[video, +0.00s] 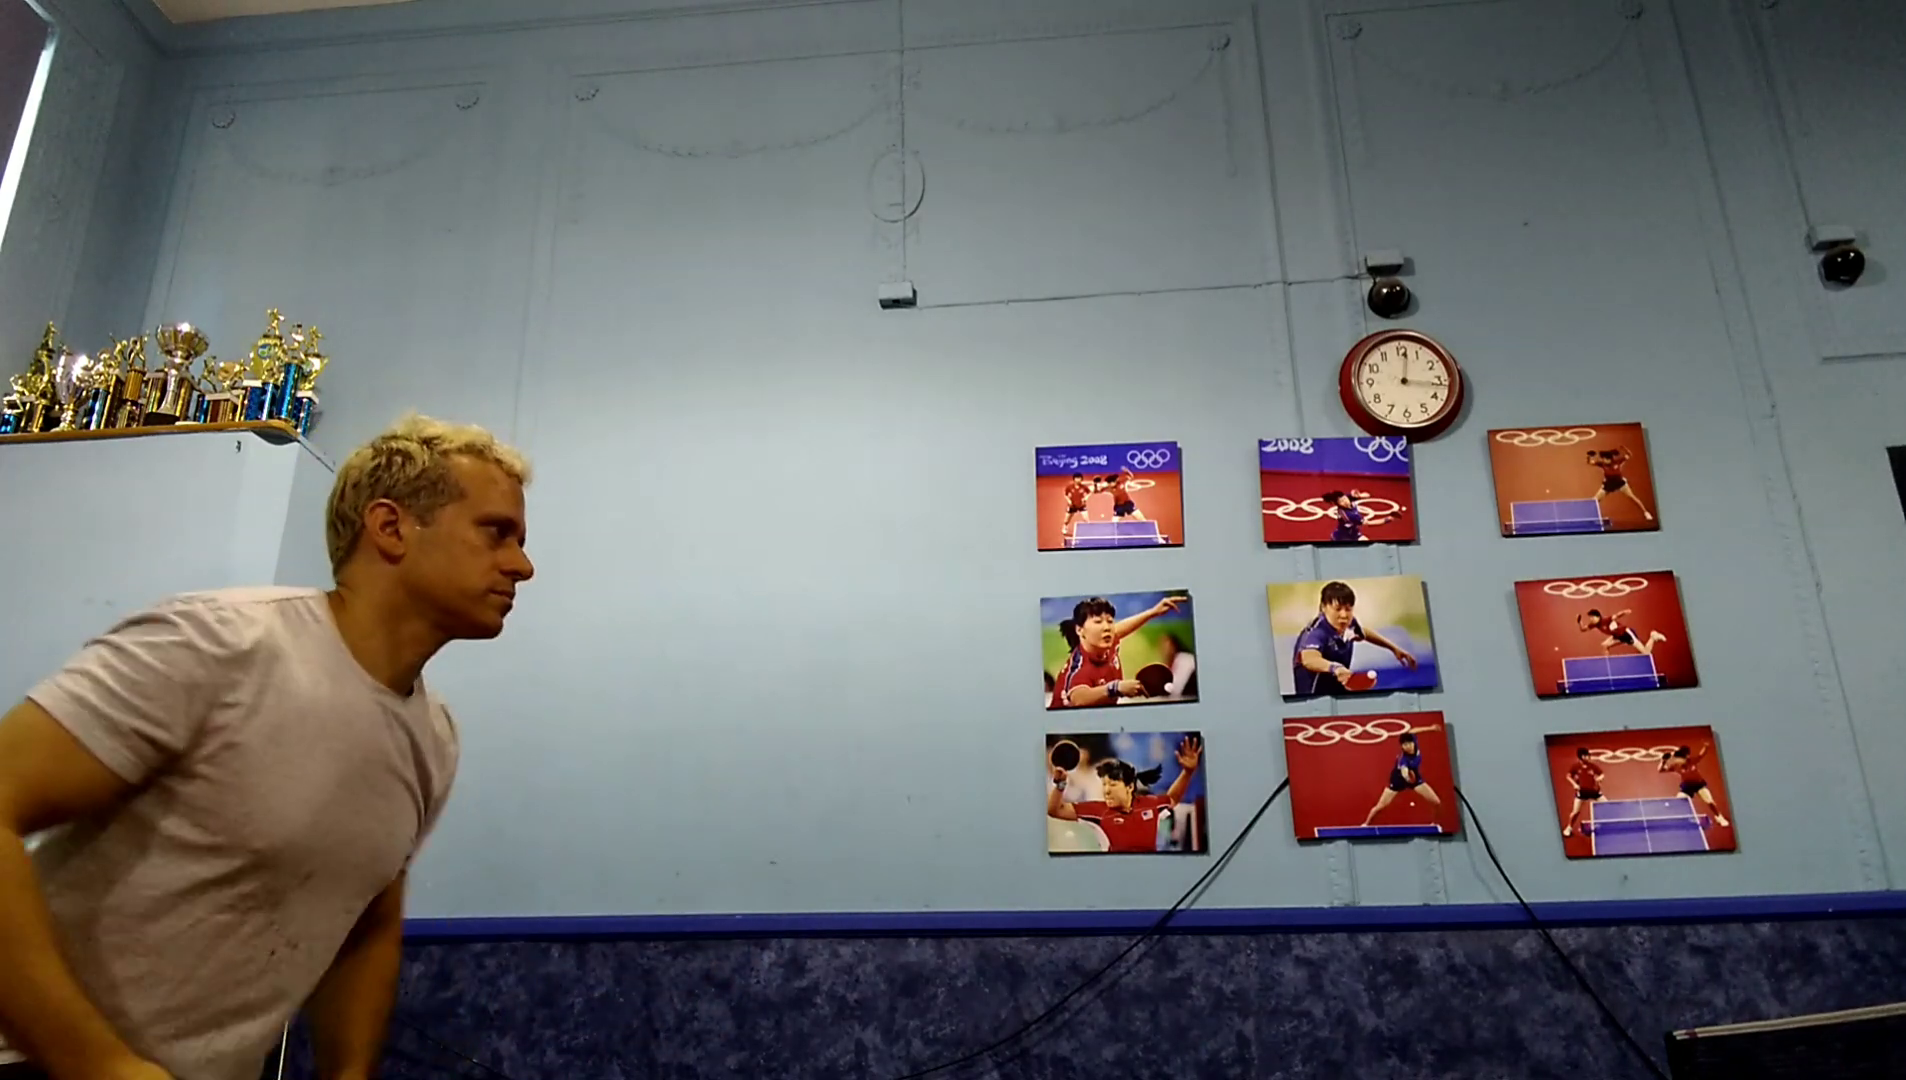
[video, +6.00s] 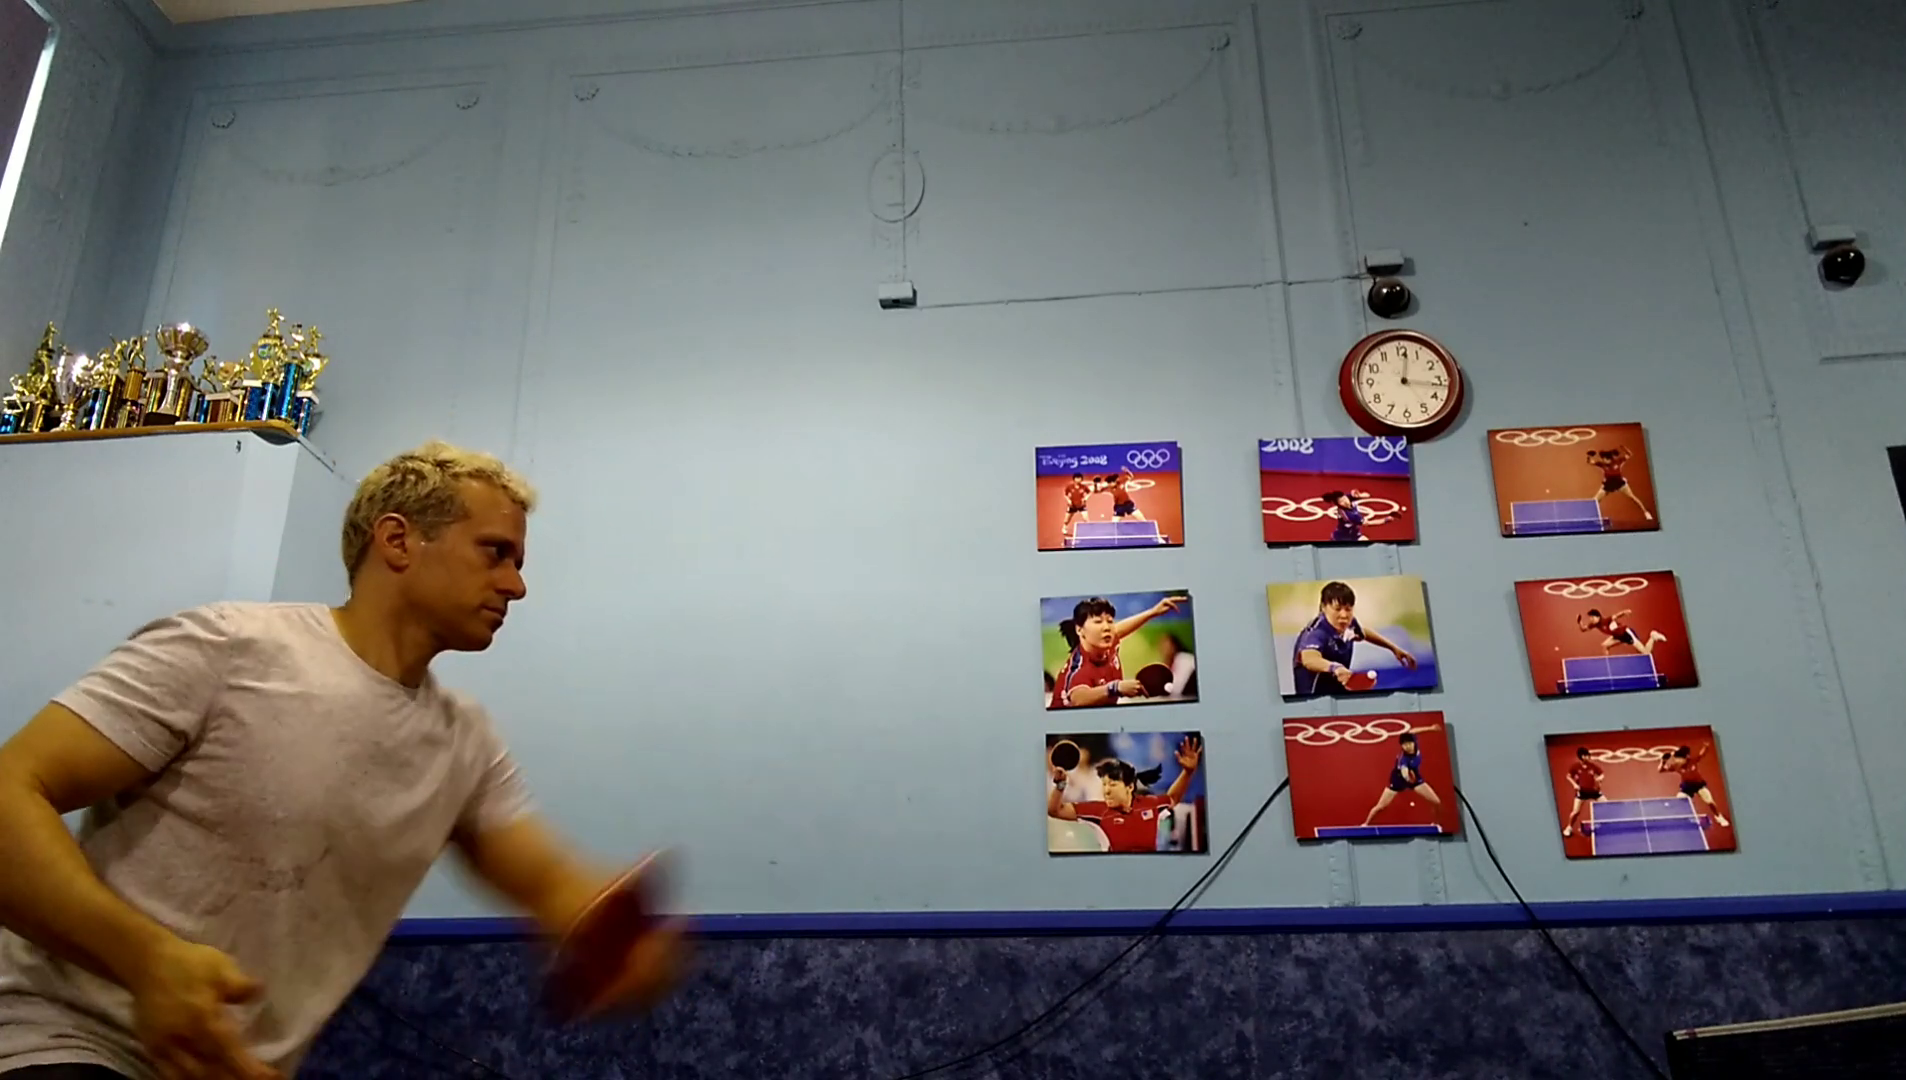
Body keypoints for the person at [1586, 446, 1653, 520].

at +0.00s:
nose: (1605, 461)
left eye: (1606, 460)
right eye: (1604, 460)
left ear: (1610, 459)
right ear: (1603, 459)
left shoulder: (1617, 462)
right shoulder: (1602, 464)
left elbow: (1629, 456)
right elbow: (1590, 463)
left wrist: (1624, 449)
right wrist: (1589, 457)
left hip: (1620, 482)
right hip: (1608, 483)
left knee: (1632, 497)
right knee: (1595, 499)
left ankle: (1645, 512)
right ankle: (1592, 519)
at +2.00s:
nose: (1605, 461)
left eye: (1606, 460)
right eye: (1603, 460)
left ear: (1610, 459)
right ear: (1603, 459)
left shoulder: (1617, 461)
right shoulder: (1602, 464)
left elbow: (1628, 457)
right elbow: (1590, 463)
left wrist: (1624, 449)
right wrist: (1590, 457)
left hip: (1620, 482)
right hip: (1608, 482)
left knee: (1632, 497)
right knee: (1596, 499)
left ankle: (1645, 512)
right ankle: (1593, 519)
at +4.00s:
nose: (1604, 461)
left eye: (1606, 460)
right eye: (1603, 460)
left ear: (1610, 458)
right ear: (1603, 459)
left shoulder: (1618, 462)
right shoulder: (1602, 464)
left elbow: (1629, 456)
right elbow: (1590, 463)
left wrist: (1624, 448)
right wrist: (1589, 457)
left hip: (1620, 482)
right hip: (1608, 483)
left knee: (1632, 497)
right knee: (1595, 499)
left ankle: (1645, 512)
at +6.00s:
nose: (1605, 461)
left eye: (1606, 459)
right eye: (1604, 460)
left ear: (1610, 458)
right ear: (1603, 459)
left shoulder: (1618, 462)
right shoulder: (1602, 464)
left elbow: (1629, 456)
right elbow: (1590, 463)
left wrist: (1624, 449)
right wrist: (1589, 456)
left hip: (1620, 482)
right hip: (1608, 483)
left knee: (1632, 497)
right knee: (1596, 499)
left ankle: (1645, 512)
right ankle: (1591, 519)